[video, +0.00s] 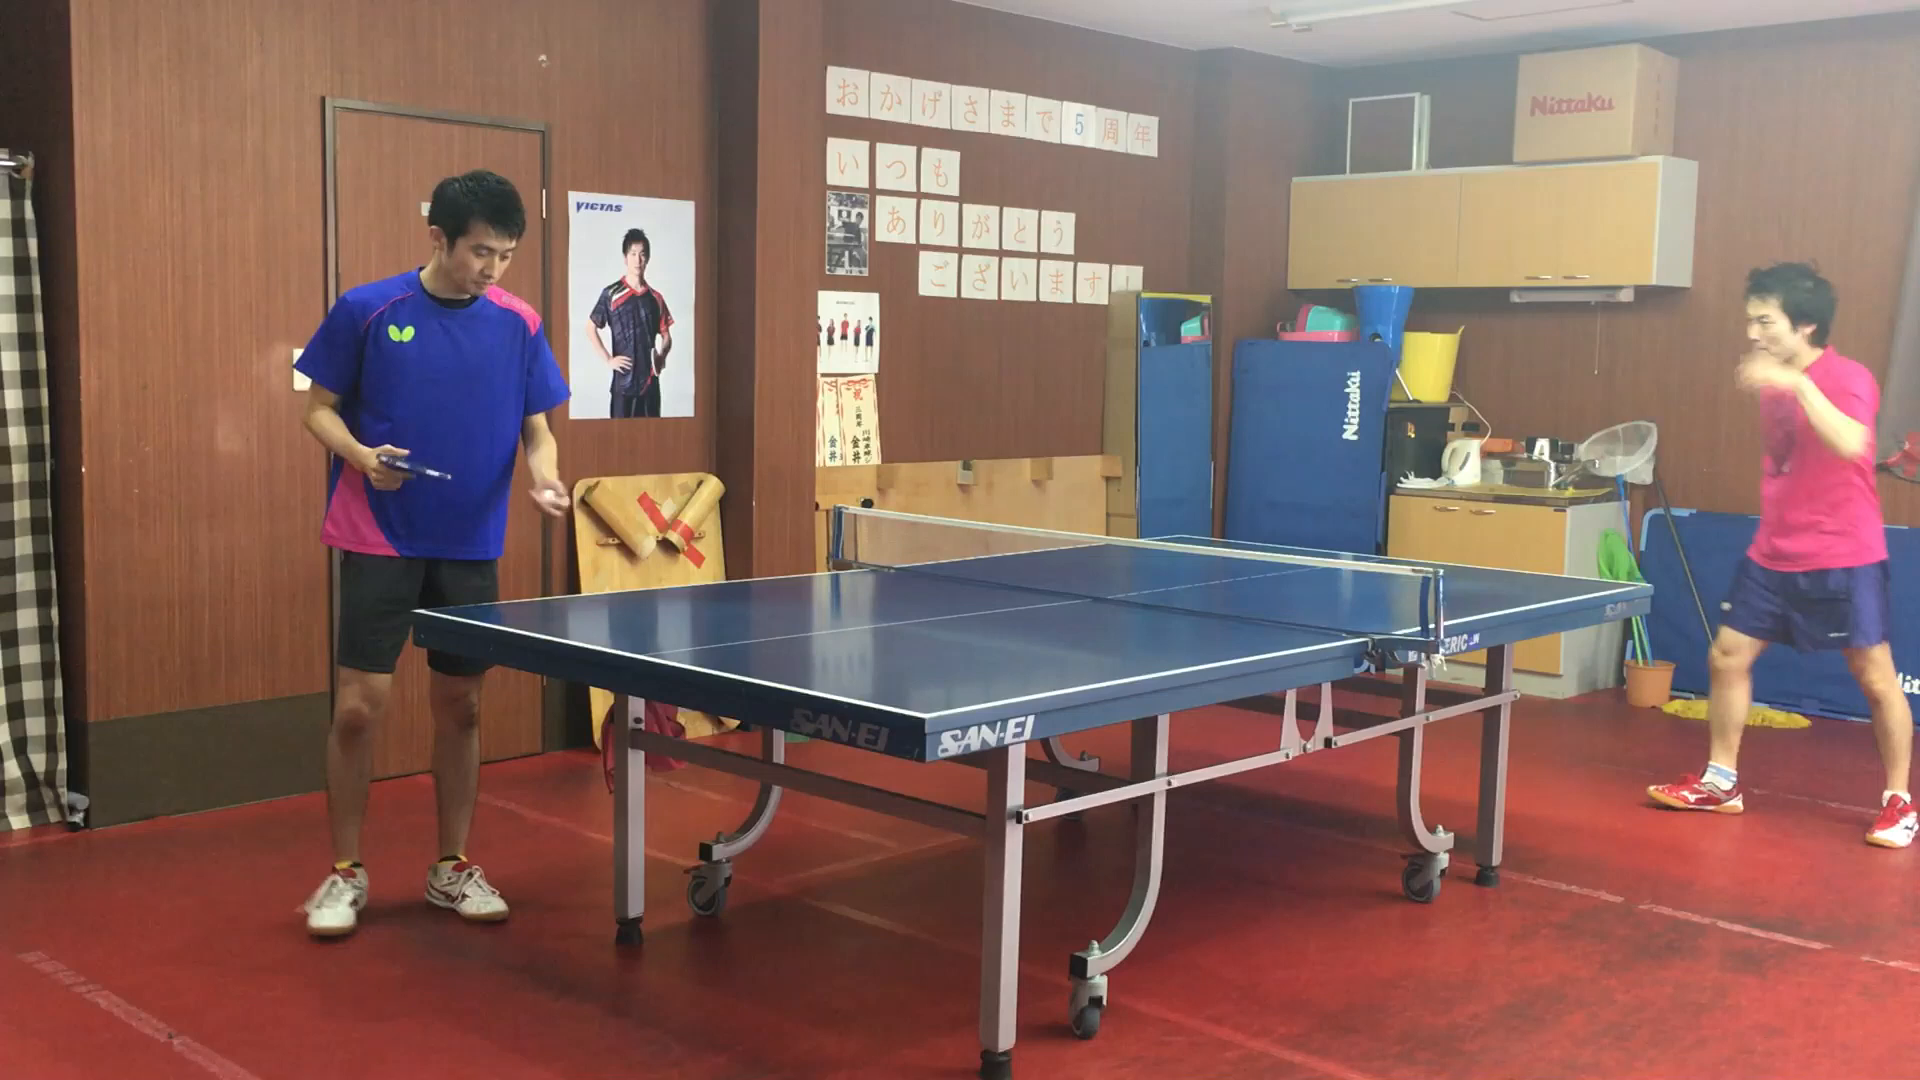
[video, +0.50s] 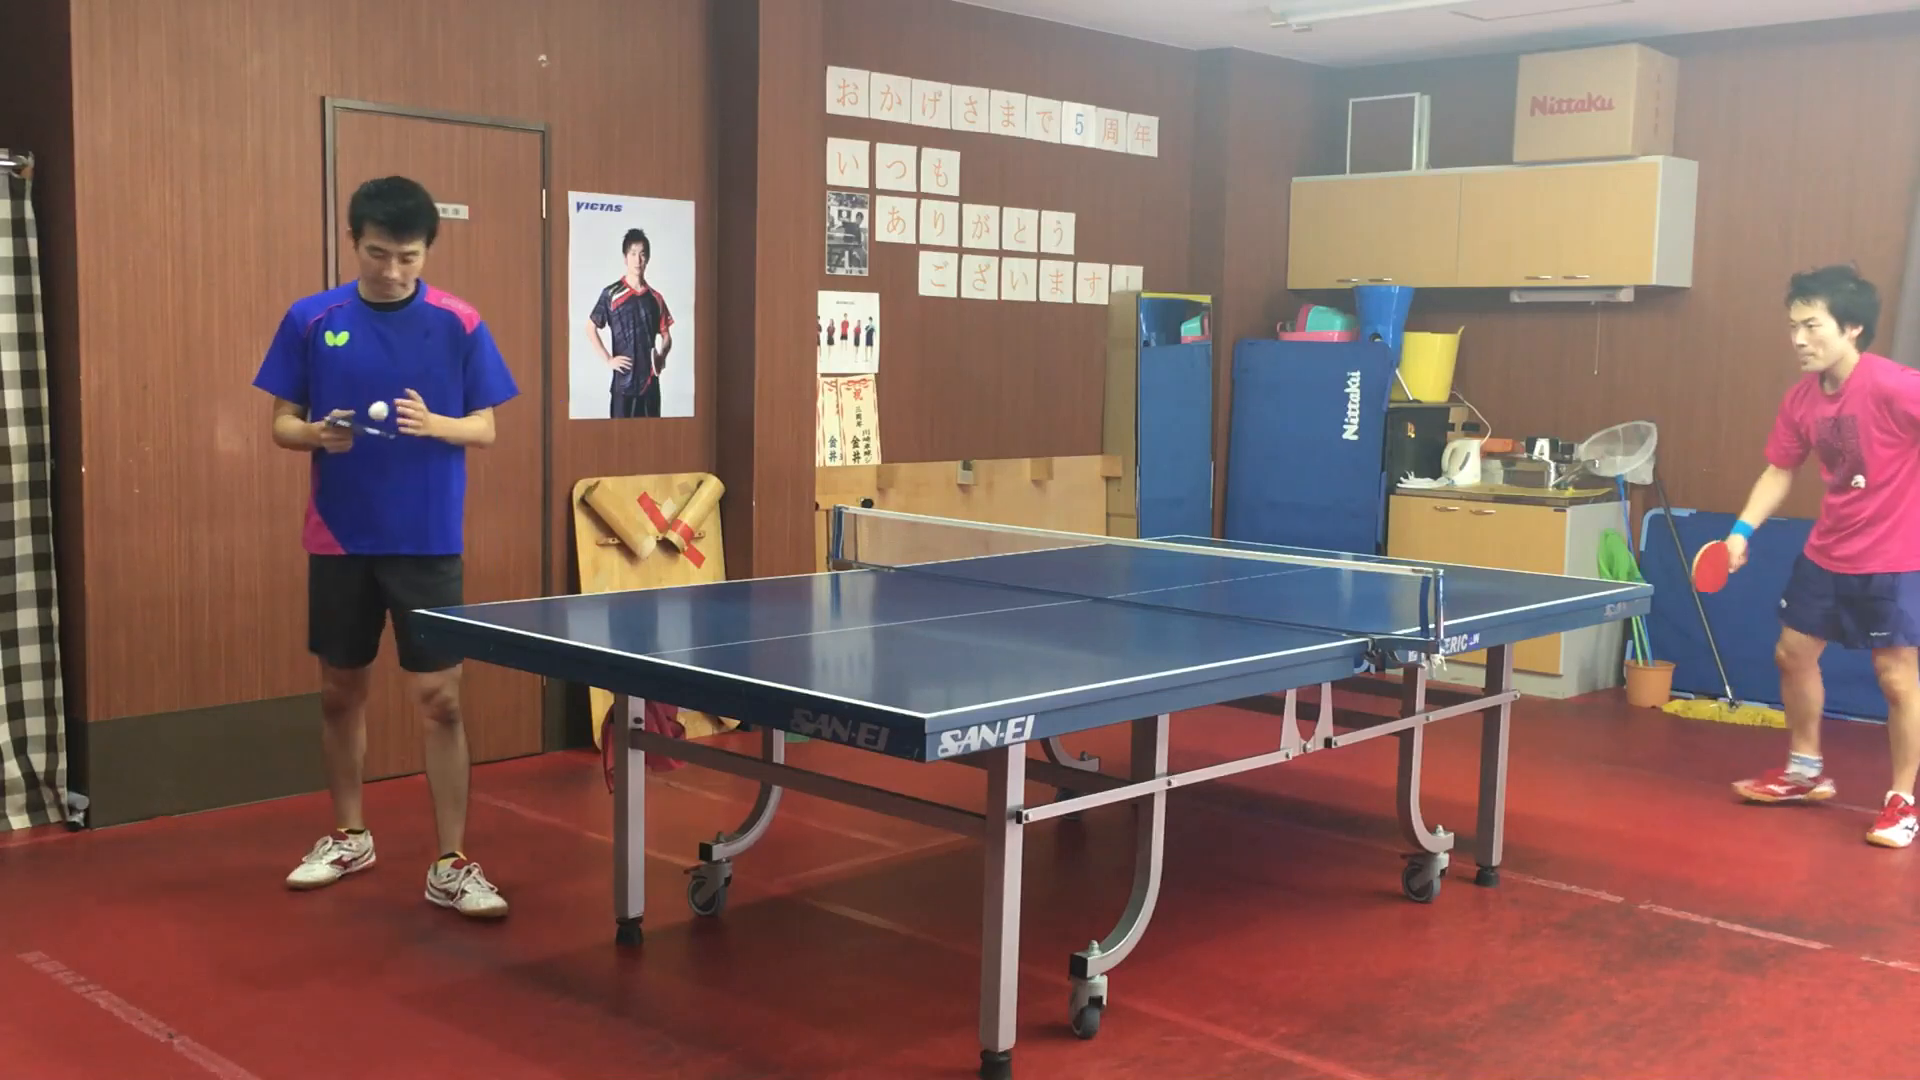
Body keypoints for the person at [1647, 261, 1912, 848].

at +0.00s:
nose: (1752, 332)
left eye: (1765, 320)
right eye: (1750, 320)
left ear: (1806, 325)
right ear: (1755, 324)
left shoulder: (1847, 377)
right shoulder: (1772, 382)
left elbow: (1853, 443)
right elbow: (1783, 465)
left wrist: (1797, 383)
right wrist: (1775, 535)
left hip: (1844, 556)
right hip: (1774, 551)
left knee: (1875, 675)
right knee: (1727, 657)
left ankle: (1899, 799)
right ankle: (1720, 782)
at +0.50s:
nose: (1798, 339)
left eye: (1812, 325)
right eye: (1794, 326)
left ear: (1853, 330)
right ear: (1793, 330)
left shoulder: (1897, 389)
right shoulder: (1801, 399)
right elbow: (1779, 470)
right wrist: (1741, 532)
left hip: (1895, 557)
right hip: (1826, 551)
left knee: (1897, 677)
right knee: (1794, 656)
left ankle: (1903, 799)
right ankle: (1804, 771)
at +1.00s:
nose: (1701, 345)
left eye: (1715, 333)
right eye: (1697, 334)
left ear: (1753, 340)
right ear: (1696, 343)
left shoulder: (1793, 393)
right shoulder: (1711, 421)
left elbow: (1859, 456)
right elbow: (1725, 491)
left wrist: (1828, 537)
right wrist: (1704, 541)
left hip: (1830, 553)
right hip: (1759, 556)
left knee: (1852, 671)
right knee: (1707, 658)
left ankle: (1899, 794)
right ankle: (1713, 776)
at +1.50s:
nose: (1715, 407)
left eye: (1730, 395)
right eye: (1712, 395)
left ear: (1770, 405)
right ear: (1709, 398)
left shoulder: (1808, 452)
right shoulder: (1735, 461)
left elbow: (1902, 506)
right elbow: (1761, 522)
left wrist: (1871, 582)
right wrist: (1737, 580)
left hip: (1881, 580)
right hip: (1814, 578)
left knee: (1871, 697)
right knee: (1754, 673)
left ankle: (1899, 837)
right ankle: (1721, 776)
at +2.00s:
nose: (1674, 425)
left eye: (1688, 412)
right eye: (1670, 413)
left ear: (1728, 421)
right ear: (1668, 418)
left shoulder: (1772, 465)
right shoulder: (1694, 475)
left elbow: (1853, 519)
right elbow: (1707, 540)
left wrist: (1839, 600)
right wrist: (1689, 587)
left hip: (1842, 586)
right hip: (1773, 584)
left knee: (1856, 695)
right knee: (1701, 664)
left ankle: (1905, 835)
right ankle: (1713, 777)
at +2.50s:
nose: (1690, 469)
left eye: (1703, 456)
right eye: (1685, 456)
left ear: (1744, 462)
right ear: (1679, 459)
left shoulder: (1791, 503)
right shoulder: (1713, 513)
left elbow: (1872, 556)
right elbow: (1715, 579)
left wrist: (1843, 633)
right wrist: (1690, 617)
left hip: (1869, 603)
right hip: (1796, 606)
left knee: (1838, 705)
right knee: (1704, 675)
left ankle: (1904, 837)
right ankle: (1713, 780)